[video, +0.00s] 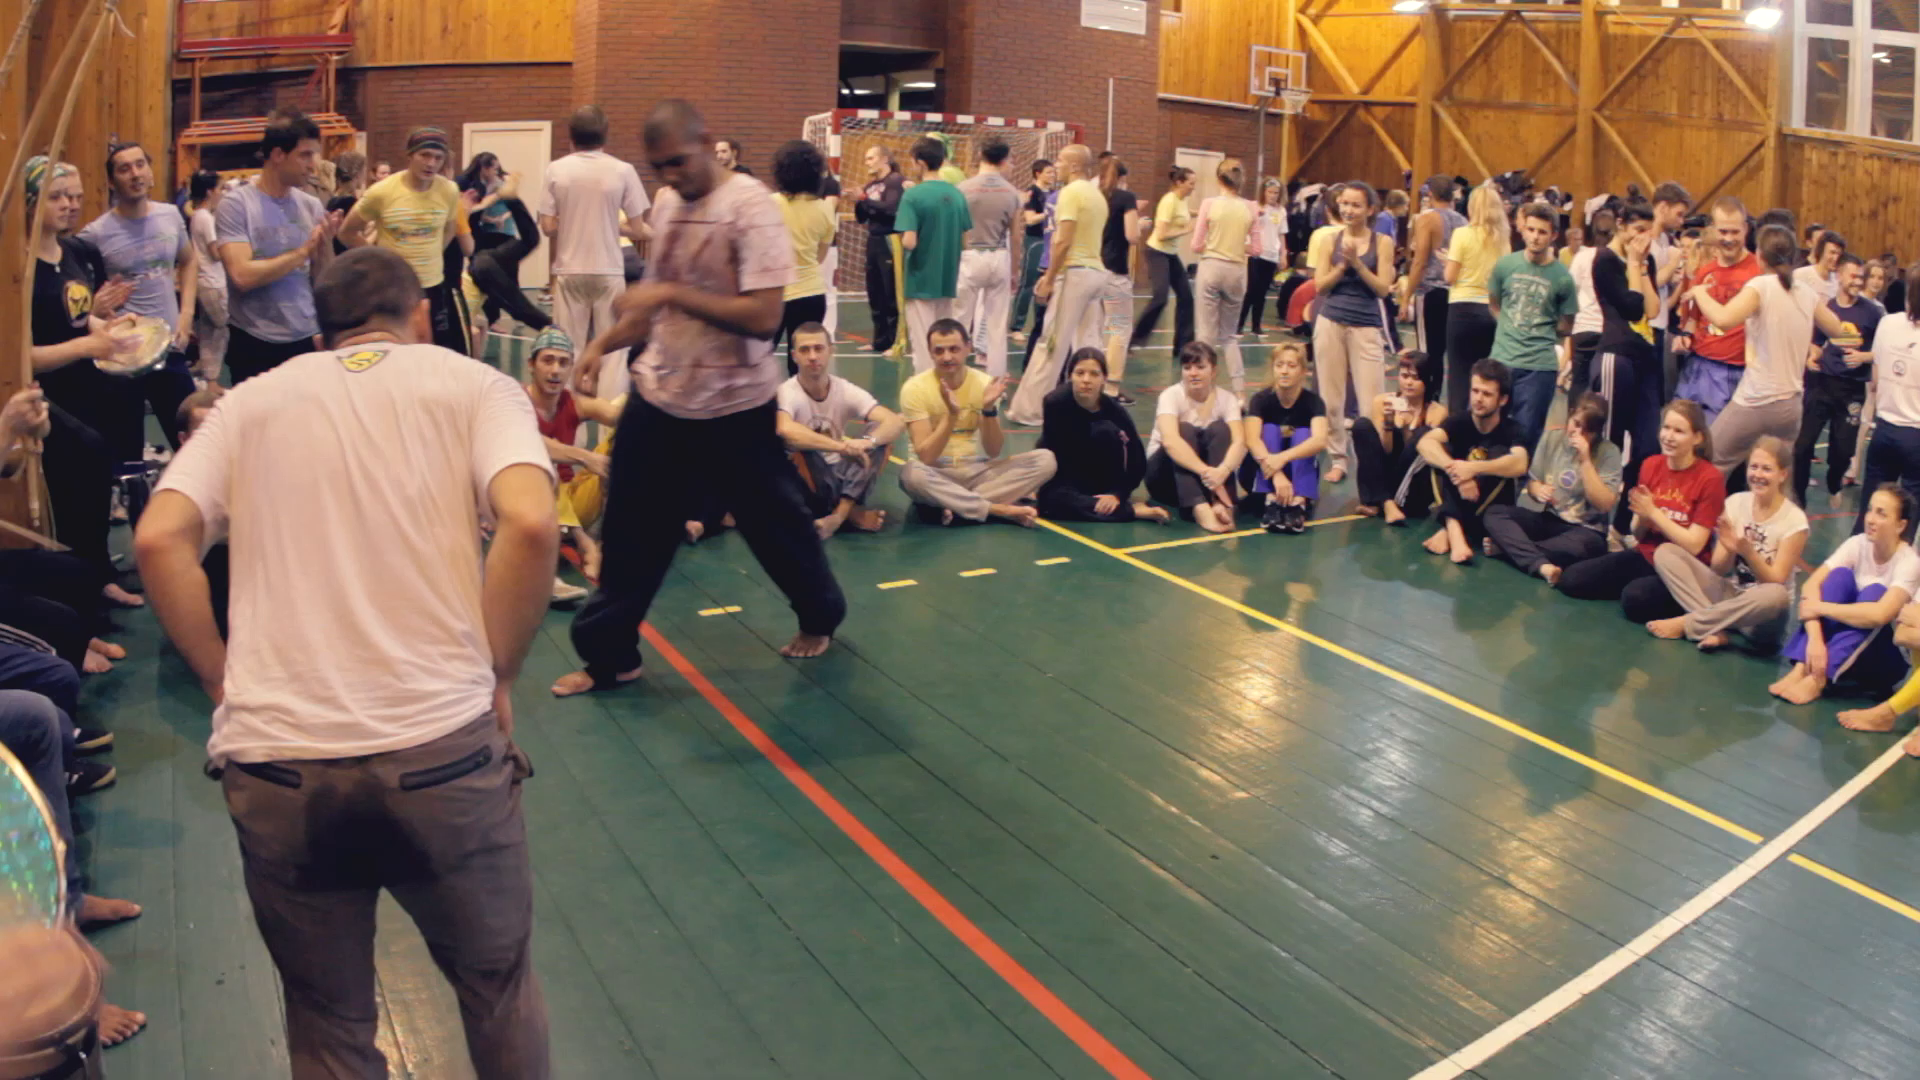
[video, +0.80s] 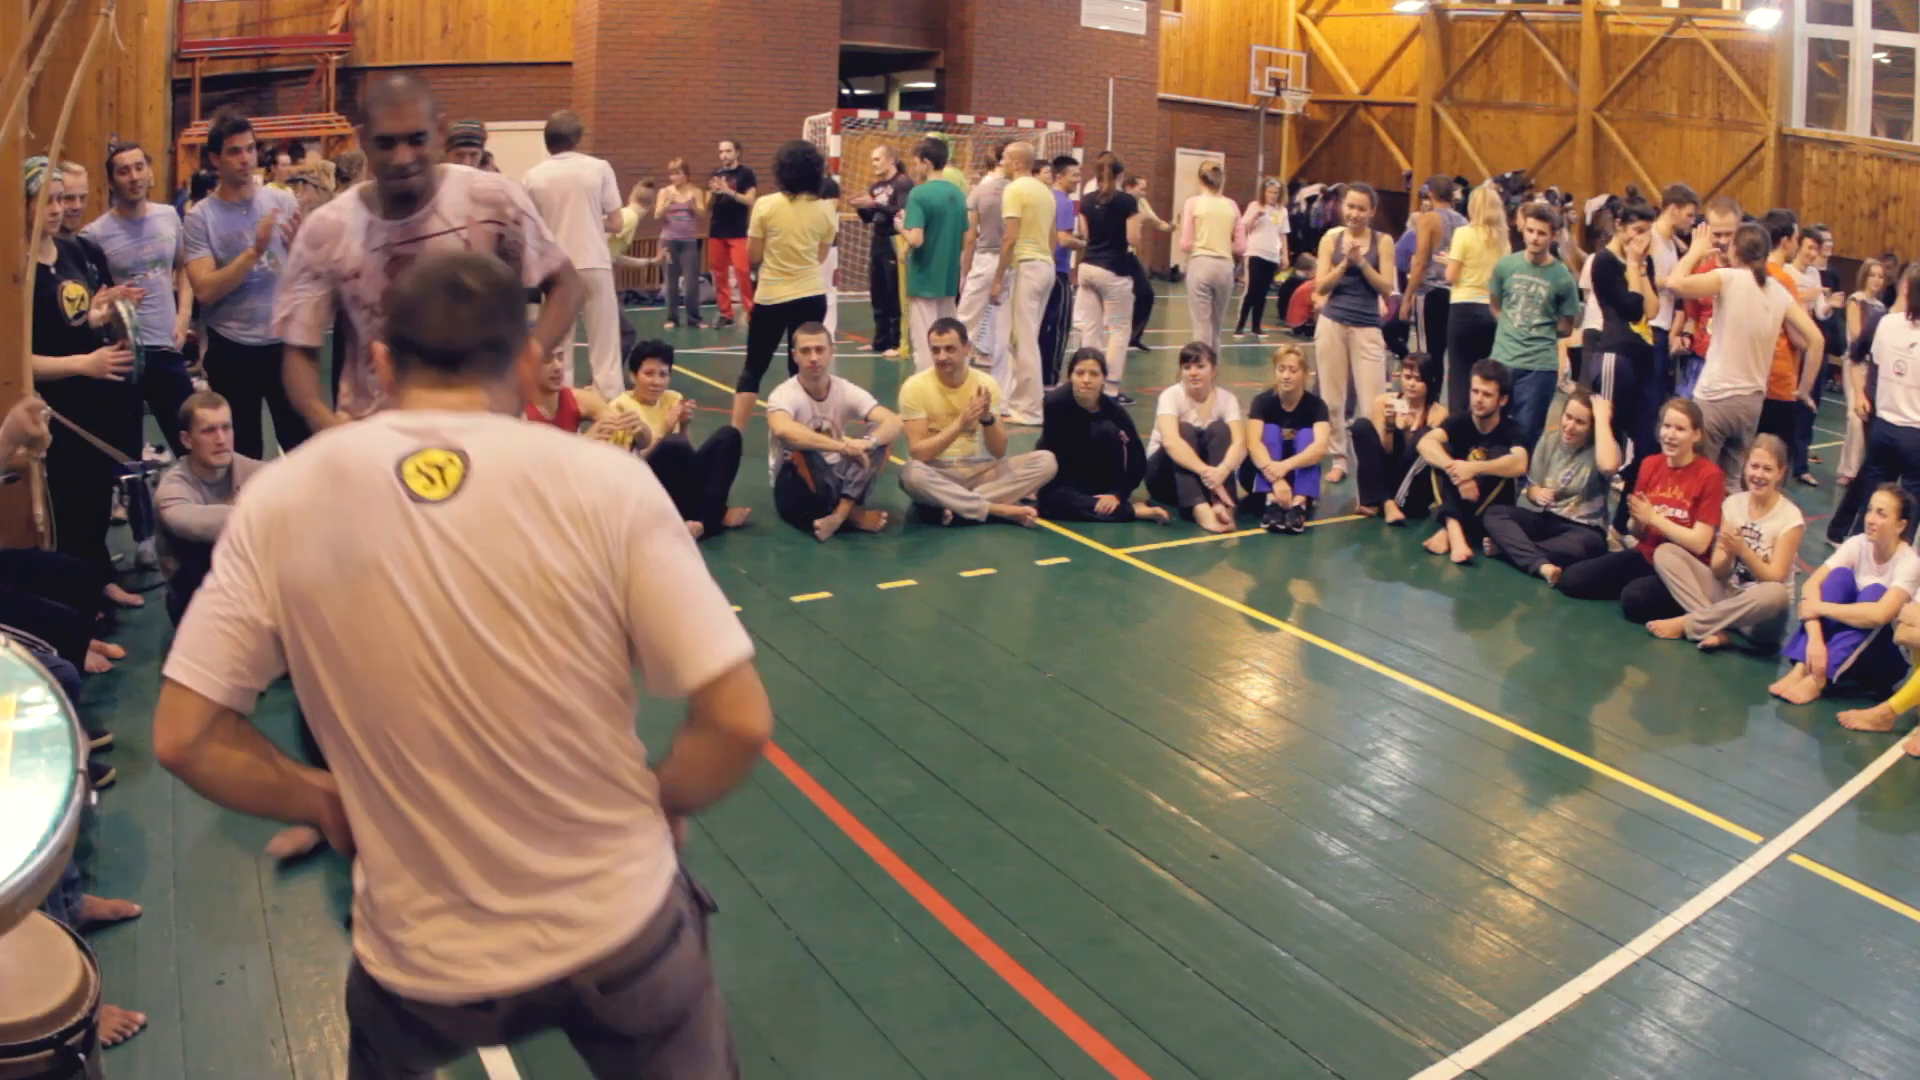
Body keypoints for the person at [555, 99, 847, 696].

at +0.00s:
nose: (668, 178)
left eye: (677, 164)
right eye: (659, 167)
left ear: (709, 145)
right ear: (653, 162)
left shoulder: (753, 207)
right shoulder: (667, 207)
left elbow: (765, 316)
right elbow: (655, 304)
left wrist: (670, 292)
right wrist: (601, 345)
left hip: (735, 407)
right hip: (659, 402)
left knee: (771, 518)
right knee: (631, 529)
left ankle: (821, 613)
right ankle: (612, 656)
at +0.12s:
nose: (614, 166)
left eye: (623, 151)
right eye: (604, 156)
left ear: (654, 136)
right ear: (595, 154)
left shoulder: (701, 204)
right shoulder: (604, 207)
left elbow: (735, 317)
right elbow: (587, 303)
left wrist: (648, 346)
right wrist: (565, 368)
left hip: (679, 410)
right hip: (606, 407)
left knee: (677, 531)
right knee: (590, 536)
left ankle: (767, 596)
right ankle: (606, 660)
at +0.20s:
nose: (586, 149)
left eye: (596, 134)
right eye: (574, 138)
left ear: (628, 124)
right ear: (564, 138)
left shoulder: (676, 198)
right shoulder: (564, 197)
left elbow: (721, 303)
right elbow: (550, 292)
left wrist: (648, 348)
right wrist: (535, 362)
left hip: (651, 403)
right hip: (580, 401)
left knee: (635, 535)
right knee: (586, 537)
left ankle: (697, 619)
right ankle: (603, 663)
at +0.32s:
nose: (558, 137)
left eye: (570, 123)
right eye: (545, 125)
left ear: (596, 119)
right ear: (531, 126)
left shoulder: (643, 194)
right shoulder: (506, 199)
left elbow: (698, 284)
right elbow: (490, 294)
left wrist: (636, 352)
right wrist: (499, 373)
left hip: (615, 392)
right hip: (535, 392)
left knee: (602, 527)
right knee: (545, 527)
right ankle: (592, 642)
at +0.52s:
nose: (506, 148)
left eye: (520, 135)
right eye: (492, 134)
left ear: (542, 136)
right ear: (474, 136)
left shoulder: (581, 218)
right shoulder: (435, 214)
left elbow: (615, 322)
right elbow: (407, 323)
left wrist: (574, 403)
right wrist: (414, 409)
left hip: (546, 417)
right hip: (453, 413)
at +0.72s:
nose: (439, 149)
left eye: (453, 133)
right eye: (424, 134)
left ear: (477, 134)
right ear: (404, 135)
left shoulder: (519, 207)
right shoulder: (360, 225)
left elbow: (574, 309)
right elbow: (344, 342)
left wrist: (529, 390)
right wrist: (350, 433)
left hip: (502, 434)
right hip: (395, 440)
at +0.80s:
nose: (403, 158)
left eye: (417, 140)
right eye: (385, 143)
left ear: (440, 134)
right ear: (362, 141)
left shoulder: (494, 198)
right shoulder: (328, 228)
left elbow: (567, 285)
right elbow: (300, 352)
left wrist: (531, 357)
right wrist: (322, 419)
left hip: (485, 416)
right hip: (377, 422)